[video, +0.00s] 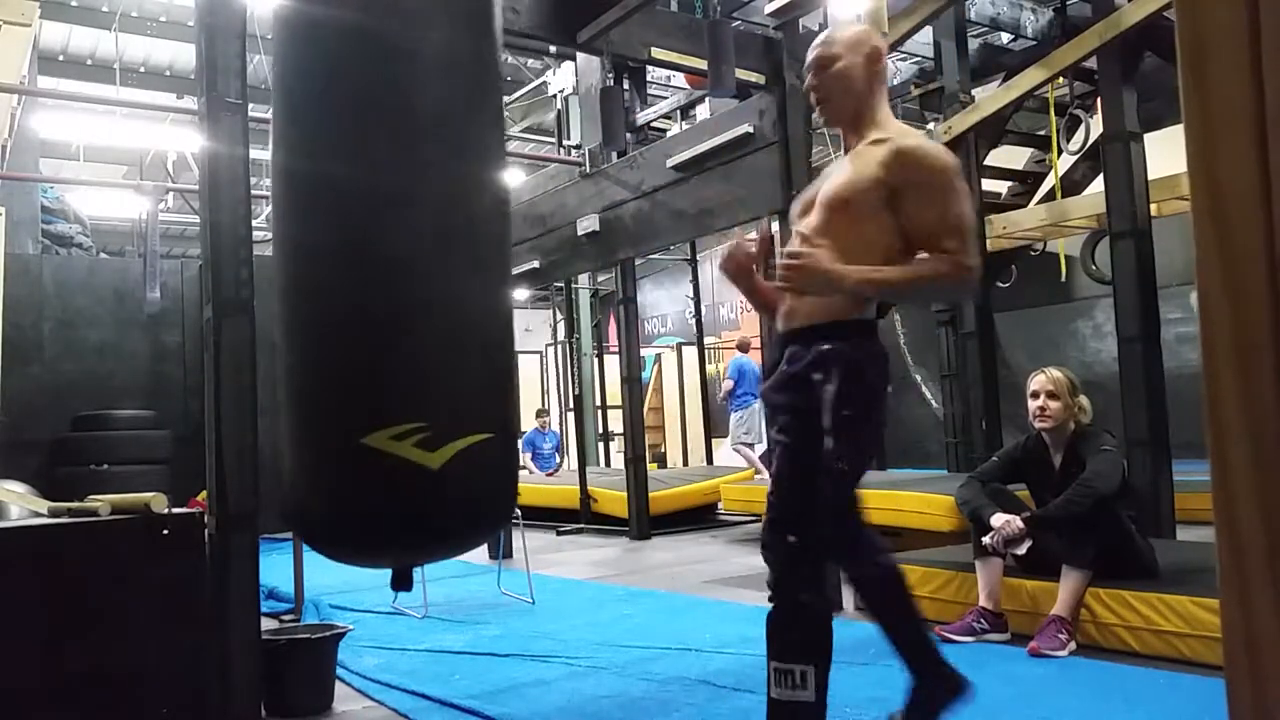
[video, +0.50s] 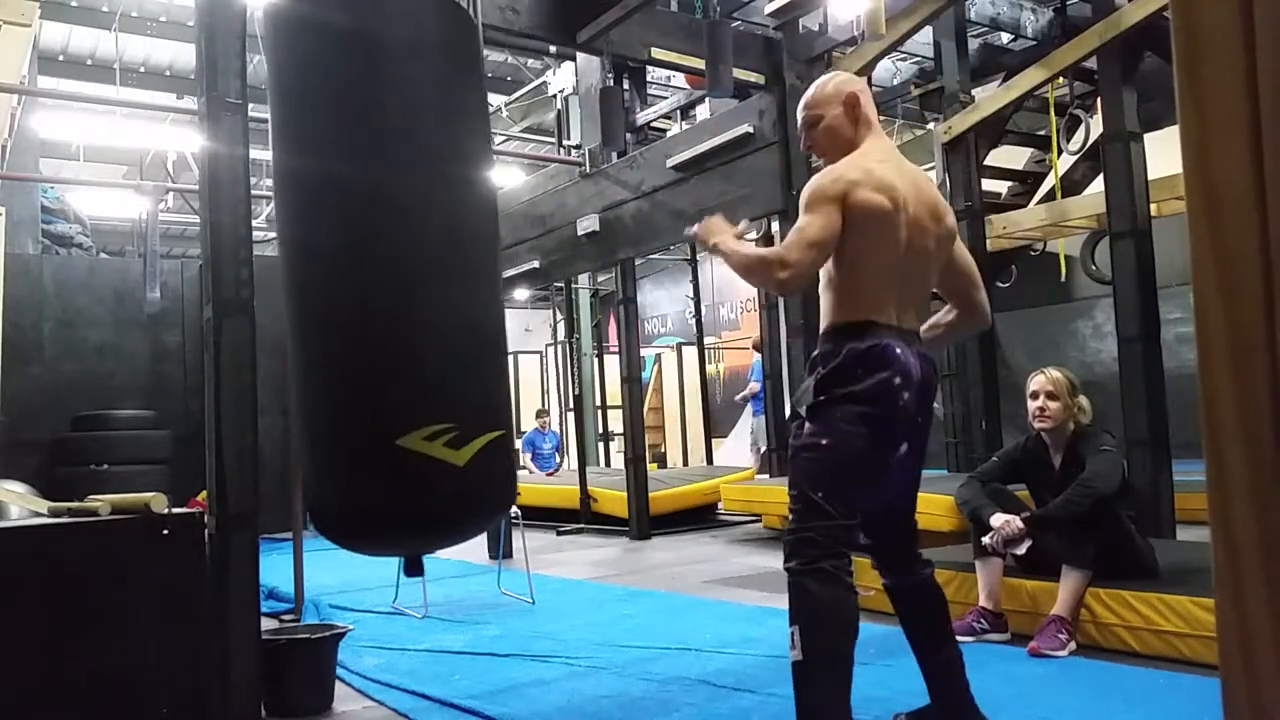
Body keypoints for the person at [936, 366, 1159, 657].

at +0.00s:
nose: (1042, 404)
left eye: (1052, 397)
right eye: (1035, 396)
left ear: (1072, 406)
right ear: (1027, 405)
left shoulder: (1098, 442)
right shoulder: (1027, 448)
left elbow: (1099, 486)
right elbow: (967, 488)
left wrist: (1027, 523)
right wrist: (993, 517)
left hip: (1117, 559)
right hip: (1058, 556)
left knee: (1090, 505)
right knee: (988, 496)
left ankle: (1061, 621)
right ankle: (989, 612)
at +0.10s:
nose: (1041, 404)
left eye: (1052, 397)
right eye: (1034, 397)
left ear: (1072, 405)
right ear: (1026, 405)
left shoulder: (1098, 442)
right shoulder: (1026, 449)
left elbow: (1099, 485)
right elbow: (967, 487)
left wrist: (1026, 522)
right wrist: (992, 516)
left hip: (1117, 558)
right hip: (1057, 555)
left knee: (1091, 505)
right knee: (989, 496)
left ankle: (1060, 621)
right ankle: (989, 612)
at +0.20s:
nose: (1041, 404)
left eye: (1052, 397)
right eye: (1034, 397)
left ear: (1073, 405)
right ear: (1026, 405)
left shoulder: (1098, 442)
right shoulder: (1026, 449)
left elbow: (1099, 485)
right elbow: (968, 487)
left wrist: (1027, 521)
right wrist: (992, 516)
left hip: (1117, 558)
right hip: (1057, 555)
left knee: (1091, 504)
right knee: (989, 496)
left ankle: (1060, 620)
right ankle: (989, 612)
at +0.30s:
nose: (1040, 404)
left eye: (1051, 397)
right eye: (1034, 397)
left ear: (1073, 405)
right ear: (1026, 405)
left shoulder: (1098, 442)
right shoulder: (1026, 449)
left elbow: (1098, 486)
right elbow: (968, 487)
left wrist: (1027, 522)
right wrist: (992, 516)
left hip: (1117, 558)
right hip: (1057, 555)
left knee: (1090, 504)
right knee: (989, 496)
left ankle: (1060, 620)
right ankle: (989, 612)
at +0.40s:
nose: (1040, 405)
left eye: (1051, 397)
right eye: (1034, 397)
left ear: (1072, 406)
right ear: (1026, 405)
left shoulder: (1098, 442)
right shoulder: (1026, 449)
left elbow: (1098, 486)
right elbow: (967, 487)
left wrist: (1026, 522)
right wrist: (992, 516)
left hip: (1117, 558)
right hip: (1057, 555)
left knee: (1090, 505)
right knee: (989, 496)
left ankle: (1060, 621)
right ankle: (989, 612)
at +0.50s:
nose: (1040, 405)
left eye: (1051, 397)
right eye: (1034, 397)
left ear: (1072, 406)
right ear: (1026, 405)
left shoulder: (1098, 442)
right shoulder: (1026, 449)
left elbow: (1098, 486)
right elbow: (967, 487)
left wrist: (1027, 522)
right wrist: (992, 516)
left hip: (1117, 558)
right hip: (1057, 556)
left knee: (1090, 505)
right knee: (989, 496)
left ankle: (1060, 620)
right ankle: (989, 612)